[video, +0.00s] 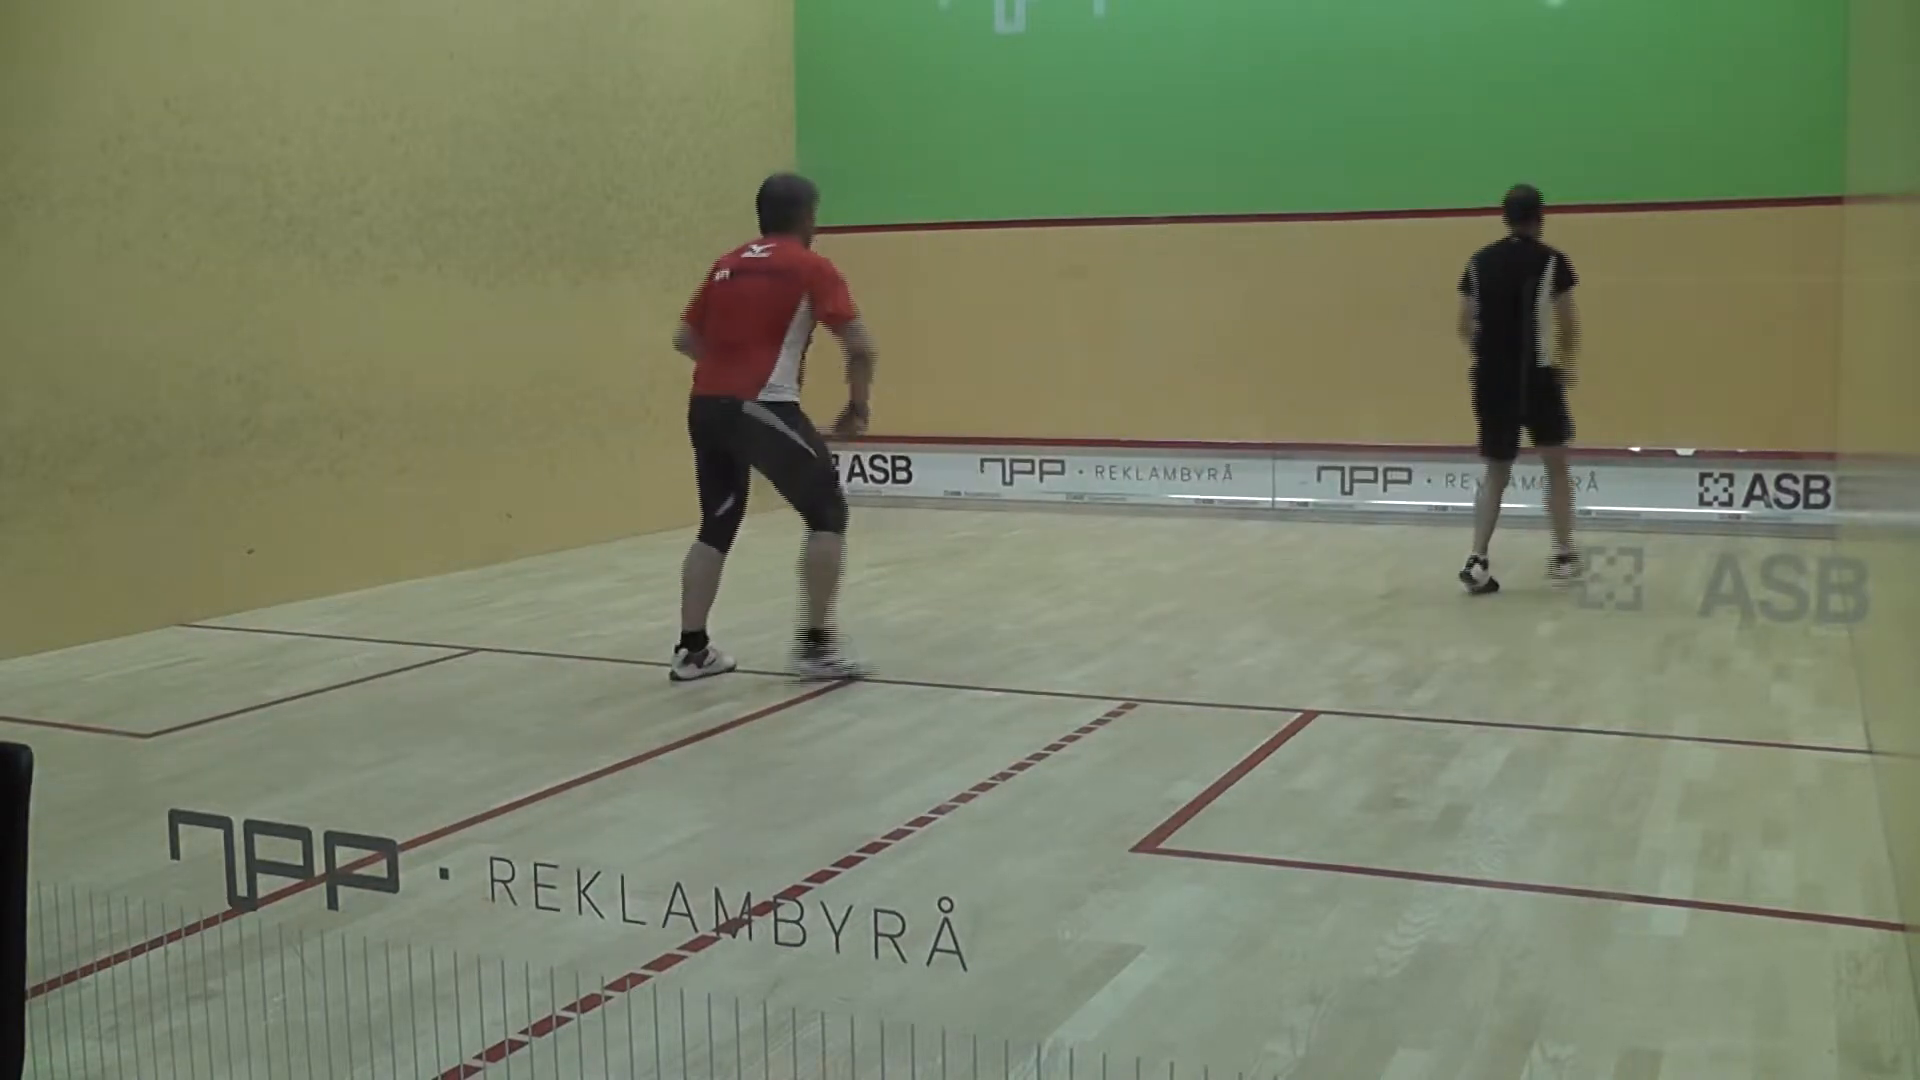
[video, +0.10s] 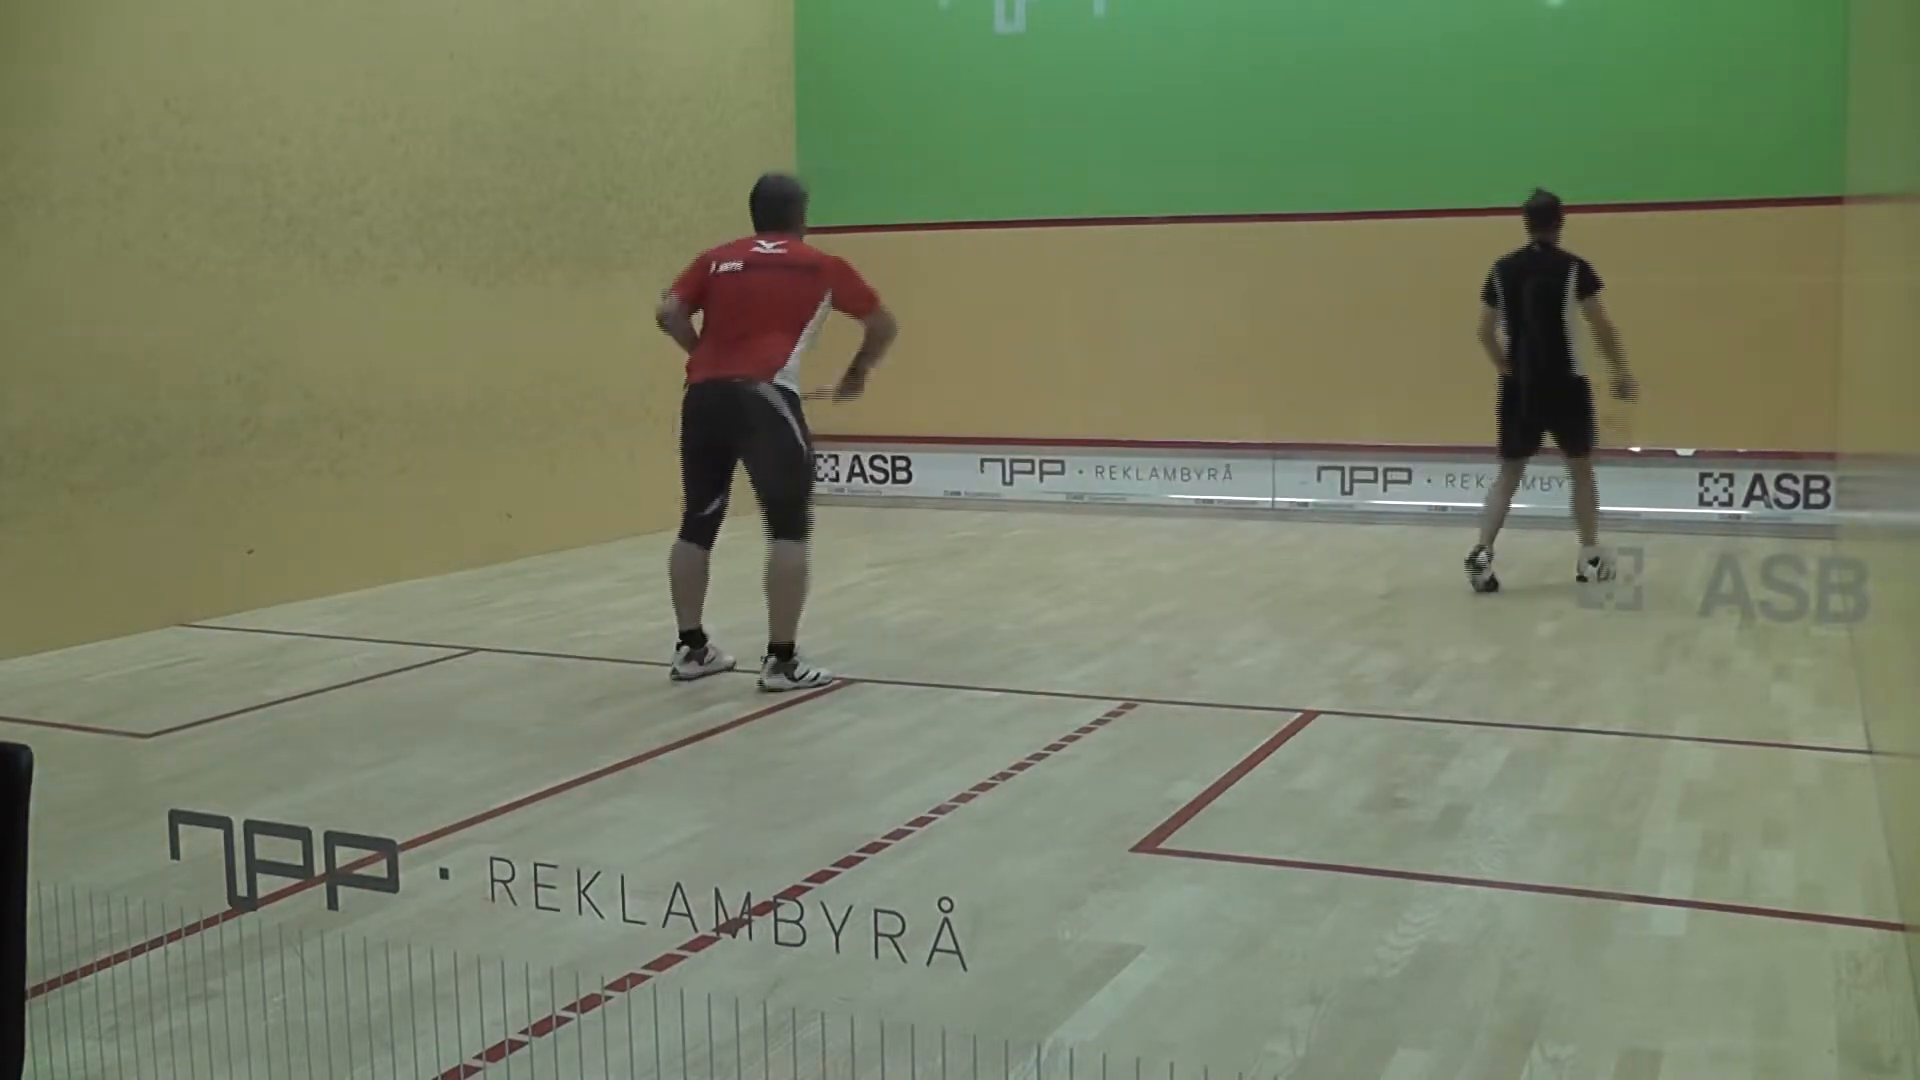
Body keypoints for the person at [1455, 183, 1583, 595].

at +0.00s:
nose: (1536, 223)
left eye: (1519, 216)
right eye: (1537, 216)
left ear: (1504, 218)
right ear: (1540, 218)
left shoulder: (1481, 261)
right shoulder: (1554, 262)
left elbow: (1466, 323)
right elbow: (1569, 323)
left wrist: (1483, 353)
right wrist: (1562, 366)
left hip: (1491, 379)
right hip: (1538, 378)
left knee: (1495, 470)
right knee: (1557, 467)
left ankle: (1476, 559)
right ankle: (1564, 556)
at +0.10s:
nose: (1556, 227)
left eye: (1542, 219)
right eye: (1559, 220)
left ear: (1526, 223)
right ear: (1560, 222)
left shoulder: (1504, 268)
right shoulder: (1576, 269)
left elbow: (1486, 331)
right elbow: (1601, 324)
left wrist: (1504, 365)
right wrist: (1618, 370)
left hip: (1517, 386)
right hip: (1565, 386)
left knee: (1509, 472)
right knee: (1582, 471)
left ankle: (1481, 554)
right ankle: (1590, 558)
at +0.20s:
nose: (1550, 233)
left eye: (1540, 225)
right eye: (1560, 224)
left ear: (1535, 227)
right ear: (1570, 228)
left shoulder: (1518, 275)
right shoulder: (1588, 274)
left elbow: (1505, 340)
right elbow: (1618, 331)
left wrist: (1517, 385)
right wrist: (1649, 383)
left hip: (1538, 391)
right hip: (1583, 391)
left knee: (1527, 471)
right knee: (1596, 471)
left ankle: (1497, 537)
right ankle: (1591, 558)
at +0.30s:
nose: (1536, 220)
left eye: (1539, 214)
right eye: (1539, 213)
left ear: (1546, 218)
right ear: (1577, 219)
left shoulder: (1532, 263)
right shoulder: (1603, 260)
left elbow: (1524, 325)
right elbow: (1627, 318)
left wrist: (1522, 373)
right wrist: (1658, 369)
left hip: (1550, 377)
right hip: (1593, 377)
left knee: (1549, 460)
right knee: (1597, 468)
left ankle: (1537, 530)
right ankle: (1591, 554)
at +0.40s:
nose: (1538, 219)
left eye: (1542, 212)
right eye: (1540, 212)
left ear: (1556, 214)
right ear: (1577, 215)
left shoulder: (1540, 258)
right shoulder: (1608, 252)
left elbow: (1529, 317)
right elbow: (1629, 312)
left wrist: (1520, 373)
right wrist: (1657, 364)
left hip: (1555, 371)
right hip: (1599, 371)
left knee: (1556, 456)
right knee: (1599, 462)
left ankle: (1561, 542)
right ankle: (1593, 552)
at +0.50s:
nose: (1542, 223)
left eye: (1546, 217)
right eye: (1543, 216)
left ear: (1559, 221)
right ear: (1582, 220)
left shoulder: (1546, 264)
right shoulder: (1612, 256)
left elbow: (1534, 323)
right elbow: (1630, 315)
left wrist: (1520, 380)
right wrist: (1657, 368)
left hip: (1561, 377)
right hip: (1605, 375)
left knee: (1569, 462)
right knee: (1607, 462)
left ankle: (1582, 543)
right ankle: (1596, 544)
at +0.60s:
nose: (1545, 228)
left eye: (1549, 222)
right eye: (1547, 221)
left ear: (1562, 226)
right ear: (1583, 226)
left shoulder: (1548, 270)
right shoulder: (1614, 264)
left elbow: (1536, 332)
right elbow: (1632, 323)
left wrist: (1522, 391)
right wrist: (1659, 377)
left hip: (1563, 382)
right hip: (1607, 379)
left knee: (1570, 466)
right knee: (1615, 461)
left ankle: (1584, 548)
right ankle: (1604, 531)